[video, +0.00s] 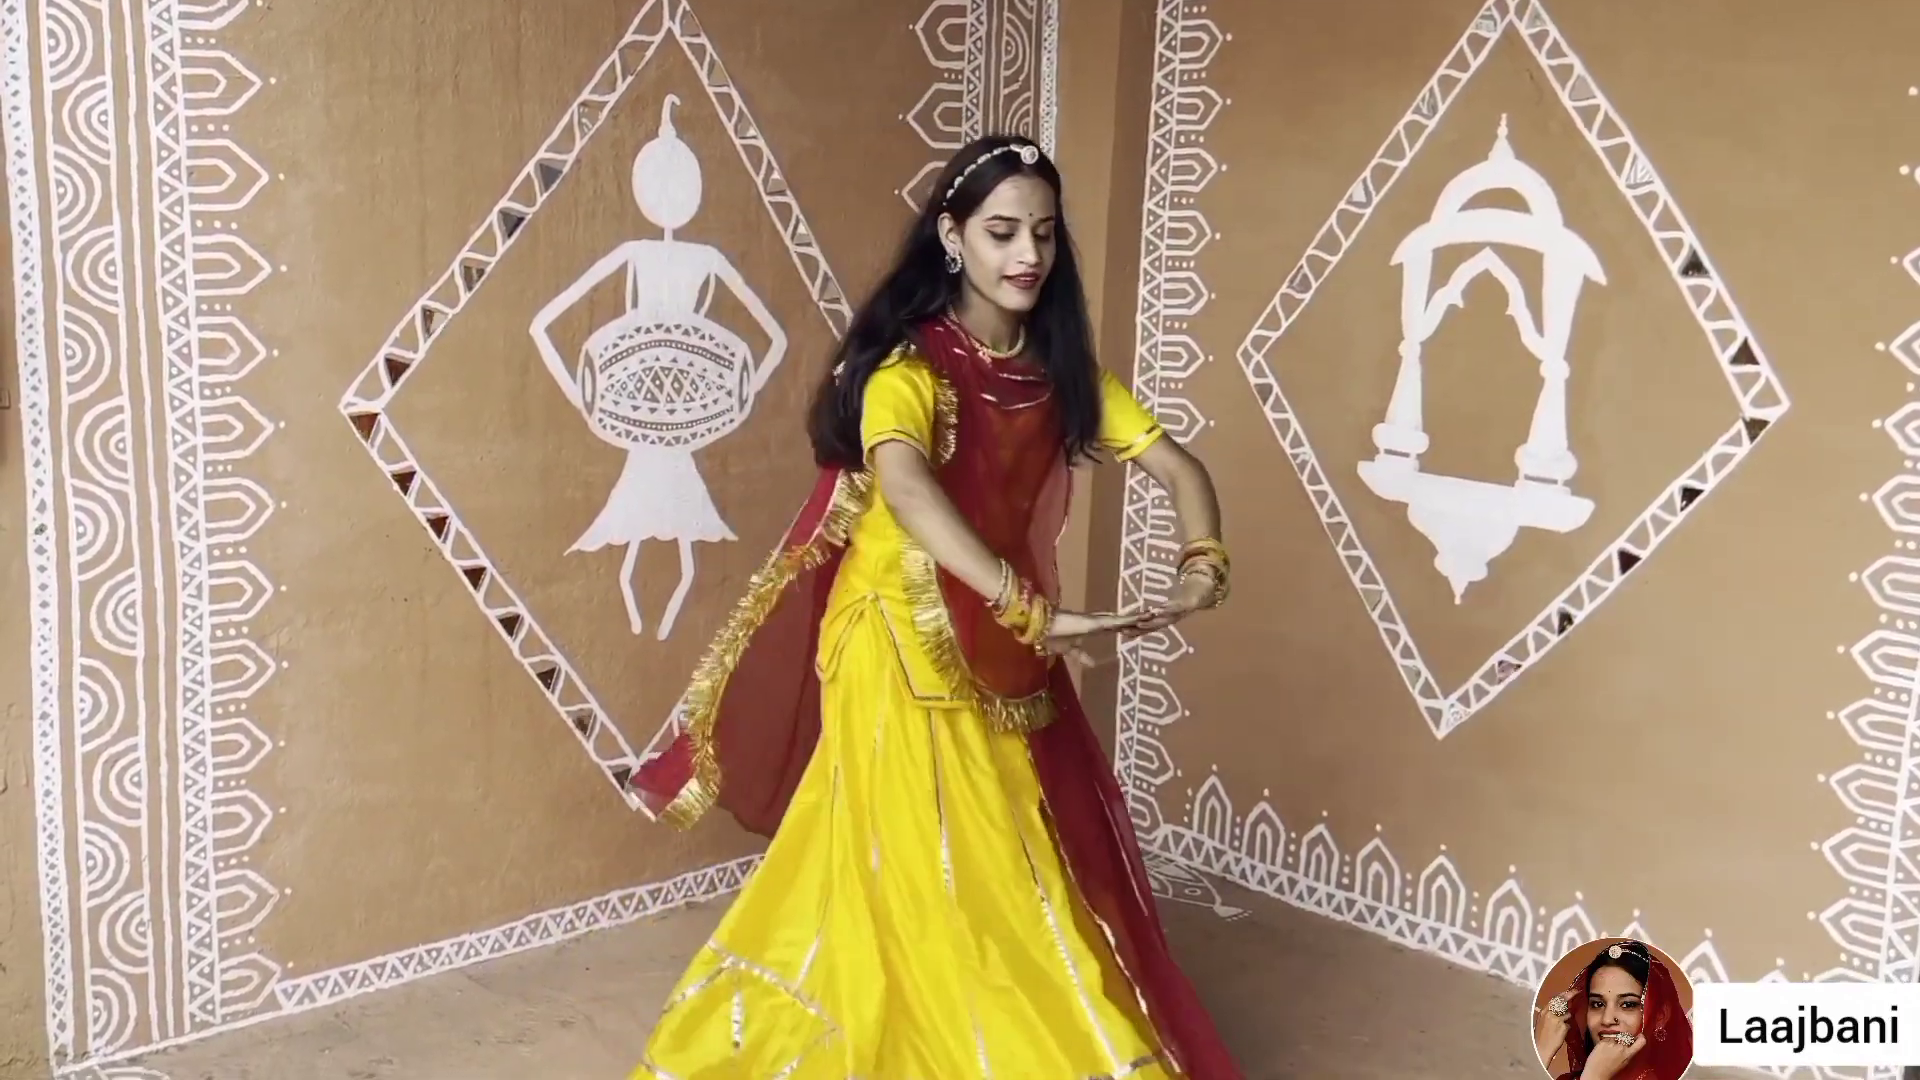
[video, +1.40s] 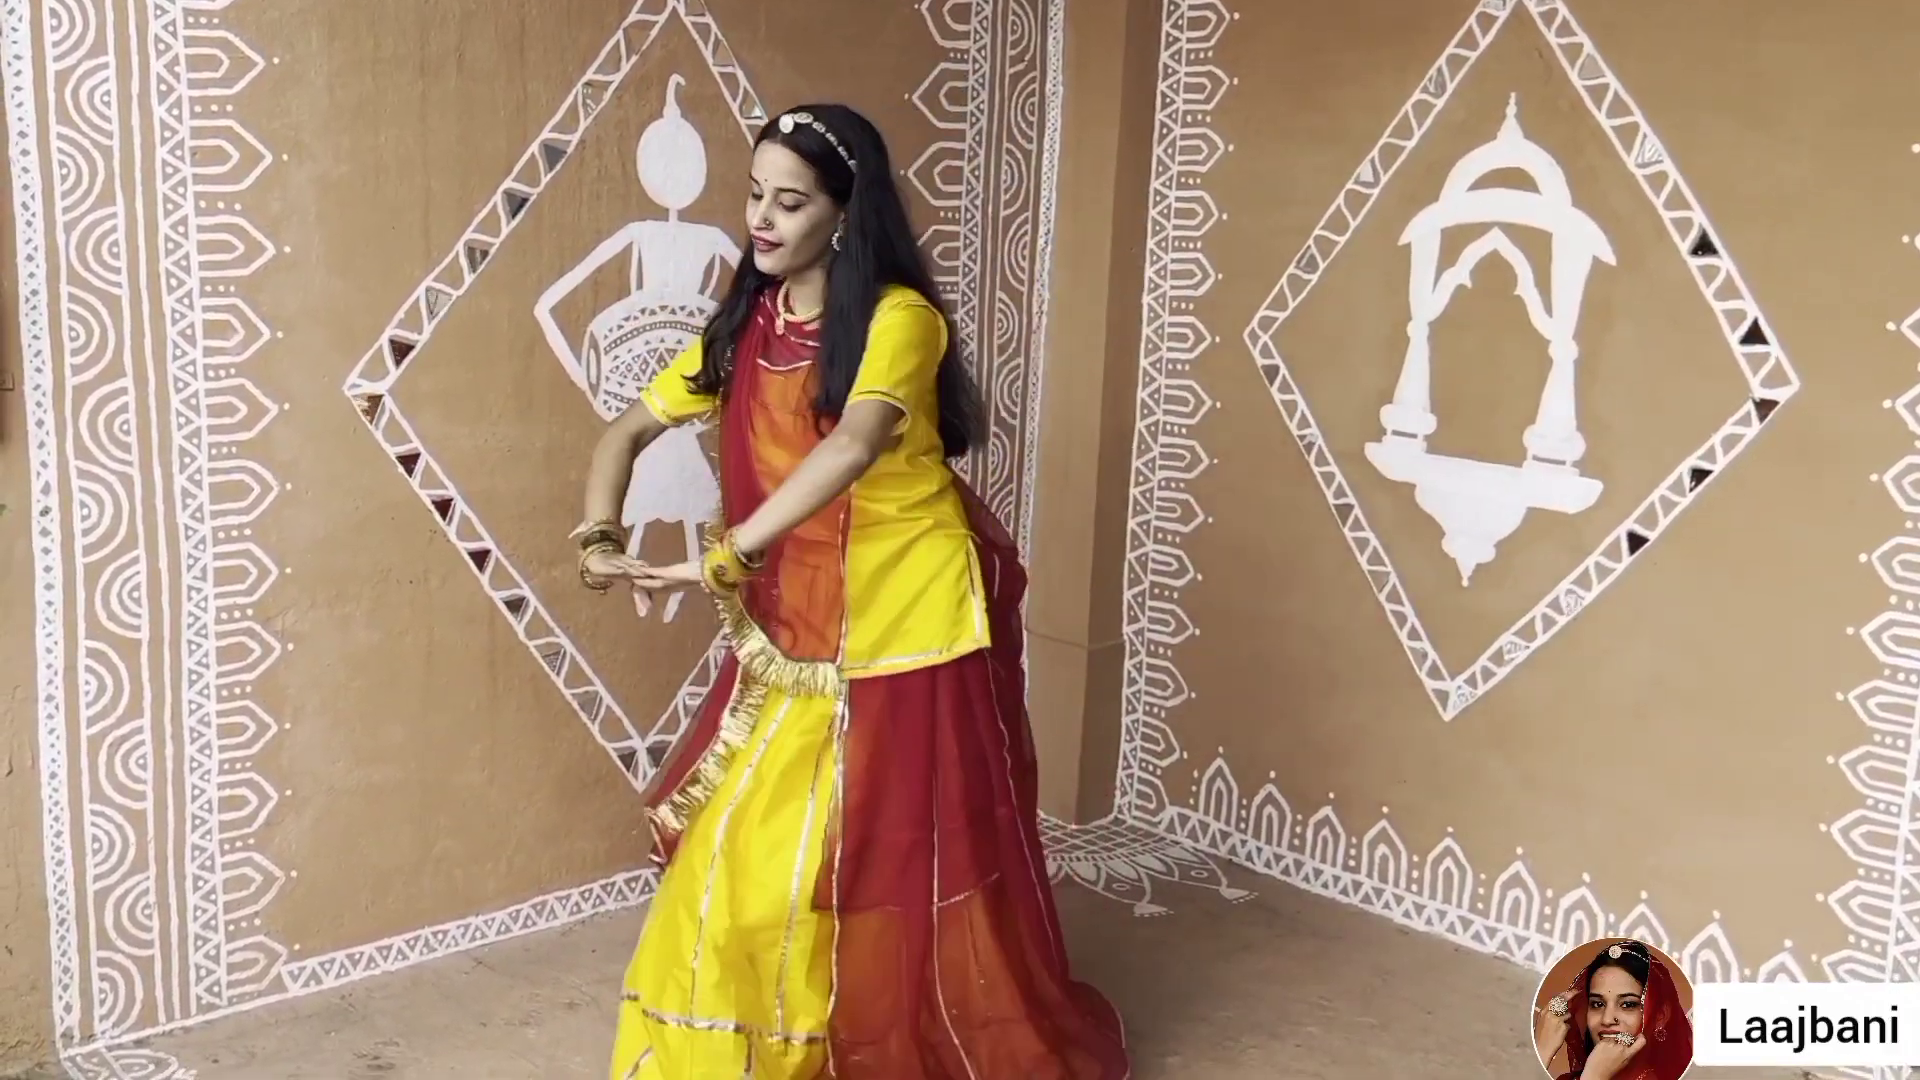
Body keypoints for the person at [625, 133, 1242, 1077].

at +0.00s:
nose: (1029, 255)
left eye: (1044, 232)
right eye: (1005, 232)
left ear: (1058, 242)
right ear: (953, 239)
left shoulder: (1063, 372)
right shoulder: (910, 367)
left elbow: (1177, 464)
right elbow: (904, 491)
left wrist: (1204, 557)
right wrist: (1024, 604)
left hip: (1006, 641)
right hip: (900, 640)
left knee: (1046, 867)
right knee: (970, 872)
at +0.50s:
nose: (964, 260)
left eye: (986, 237)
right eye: (944, 234)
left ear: (1011, 240)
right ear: (906, 233)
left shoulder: (1036, 352)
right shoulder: (859, 349)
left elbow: (1179, 440)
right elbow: (776, 467)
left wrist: (1113, 539)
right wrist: (900, 562)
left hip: (1011, 642)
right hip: (894, 644)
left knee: (1016, 857)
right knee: (944, 854)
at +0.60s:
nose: (943, 234)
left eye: (966, 212)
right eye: (923, 209)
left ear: (995, 217)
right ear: (892, 209)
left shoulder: (1030, 327)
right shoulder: (836, 322)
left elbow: (1179, 403)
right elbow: (735, 426)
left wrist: (1088, 480)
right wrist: (879, 503)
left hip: (1003, 631)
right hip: (876, 632)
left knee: (1005, 850)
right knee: (901, 850)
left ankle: (1018, 1044)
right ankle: (903, 1049)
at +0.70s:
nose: (912, 195)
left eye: (936, 174)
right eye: (894, 170)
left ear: (973, 181)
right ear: (871, 171)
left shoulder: (1012, 286)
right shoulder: (825, 273)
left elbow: (1173, 337)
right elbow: (688, 341)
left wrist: (1032, 392)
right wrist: (837, 391)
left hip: (974, 593)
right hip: (844, 592)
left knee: (974, 821)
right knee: (853, 818)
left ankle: (995, 1040)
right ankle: (859, 1041)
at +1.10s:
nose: (826, 207)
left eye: (853, 191)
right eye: (819, 182)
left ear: (908, 200)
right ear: (809, 179)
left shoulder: (953, 299)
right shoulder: (780, 297)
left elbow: (1057, 375)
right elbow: (640, 364)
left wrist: (906, 425)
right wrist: (738, 411)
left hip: (924, 599)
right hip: (794, 597)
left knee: (915, 821)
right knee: (785, 818)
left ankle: (922, 1037)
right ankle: (797, 1035)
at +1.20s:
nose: (799, 222)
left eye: (825, 205)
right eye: (791, 199)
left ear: (881, 216)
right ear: (783, 200)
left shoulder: (932, 320)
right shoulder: (765, 324)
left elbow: (977, 438)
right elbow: (645, 415)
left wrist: (841, 520)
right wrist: (691, 502)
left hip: (913, 624)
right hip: (788, 624)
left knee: (898, 845)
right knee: (750, 847)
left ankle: (924, 1049)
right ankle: (791, 1053)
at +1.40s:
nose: (760, 217)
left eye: (786, 200)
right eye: (755, 195)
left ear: (845, 210)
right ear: (748, 197)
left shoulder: (898, 316)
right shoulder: (745, 322)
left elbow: (852, 447)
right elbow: (628, 430)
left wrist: (723, 550)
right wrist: (596, 528)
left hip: (907, 634)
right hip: (792, 636)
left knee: (876, 874)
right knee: (729, 867)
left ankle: (891, 1066)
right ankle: (717, 1062)